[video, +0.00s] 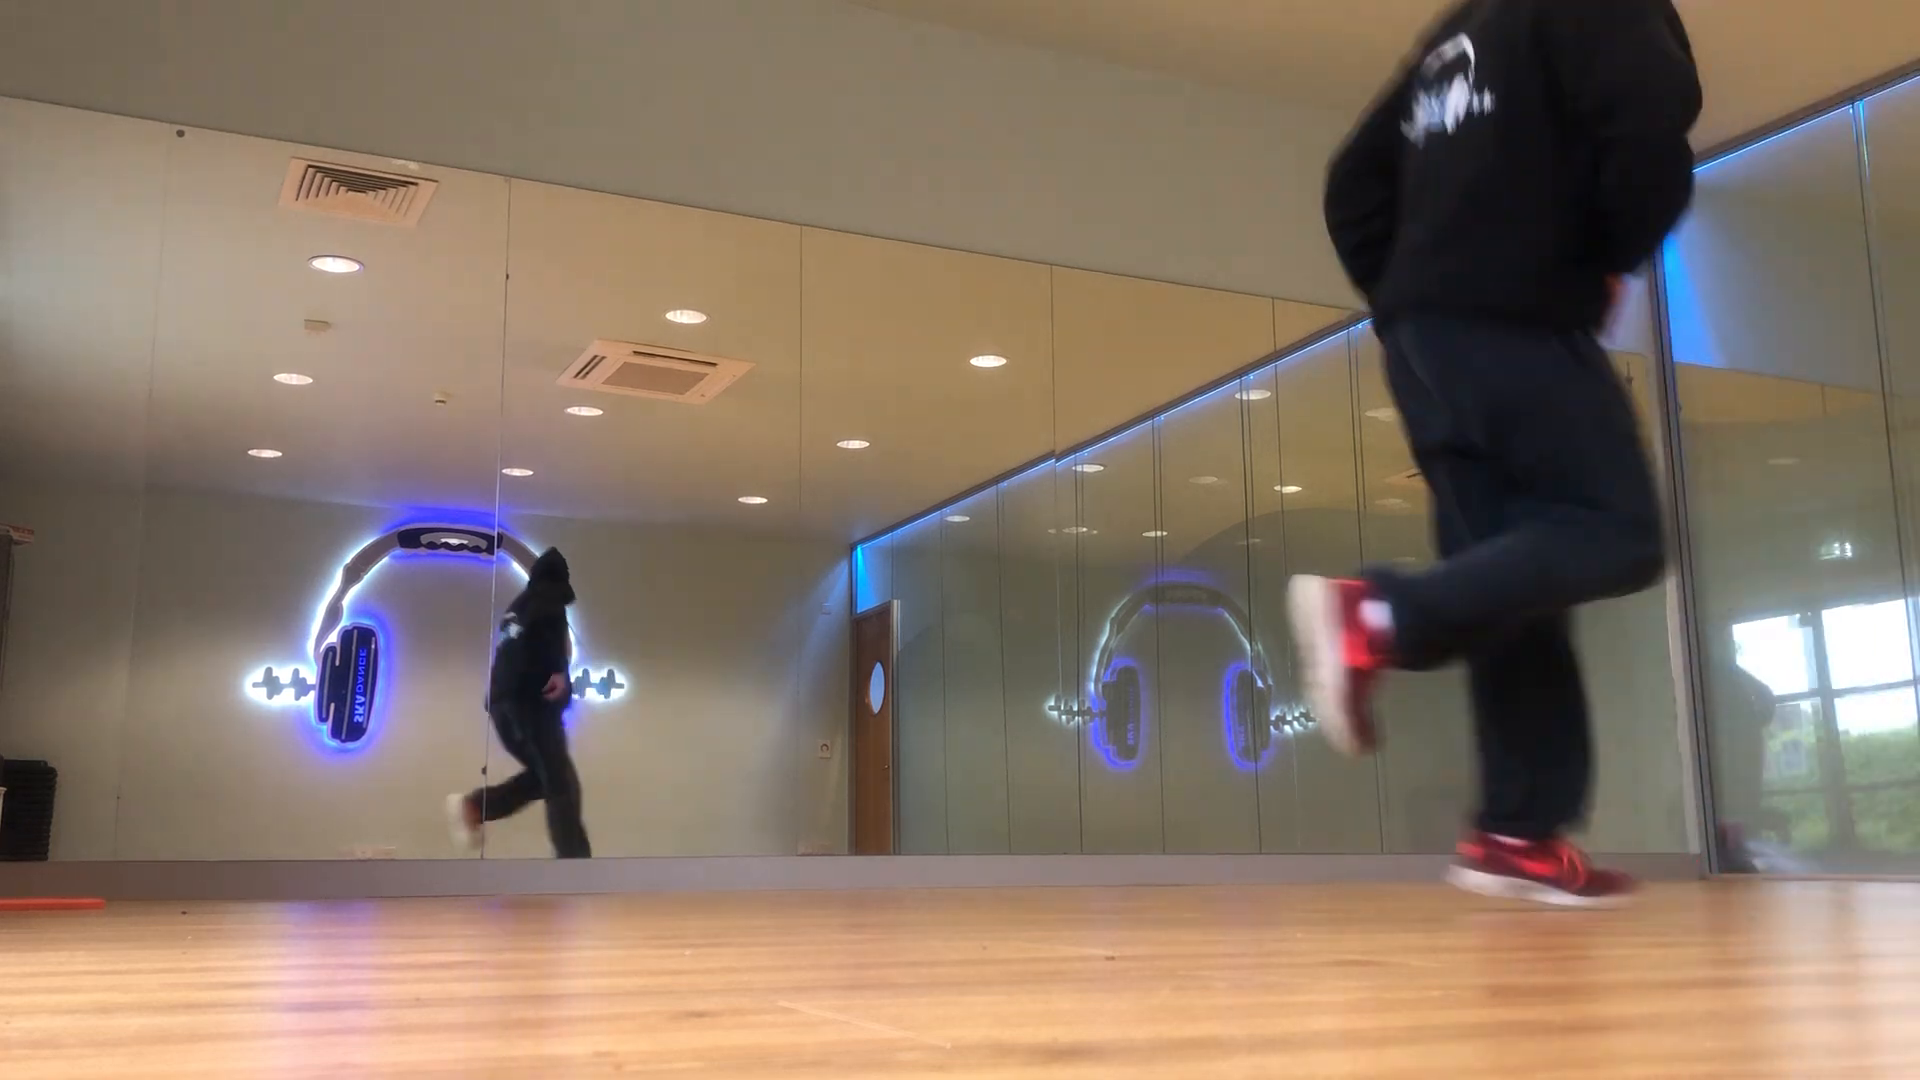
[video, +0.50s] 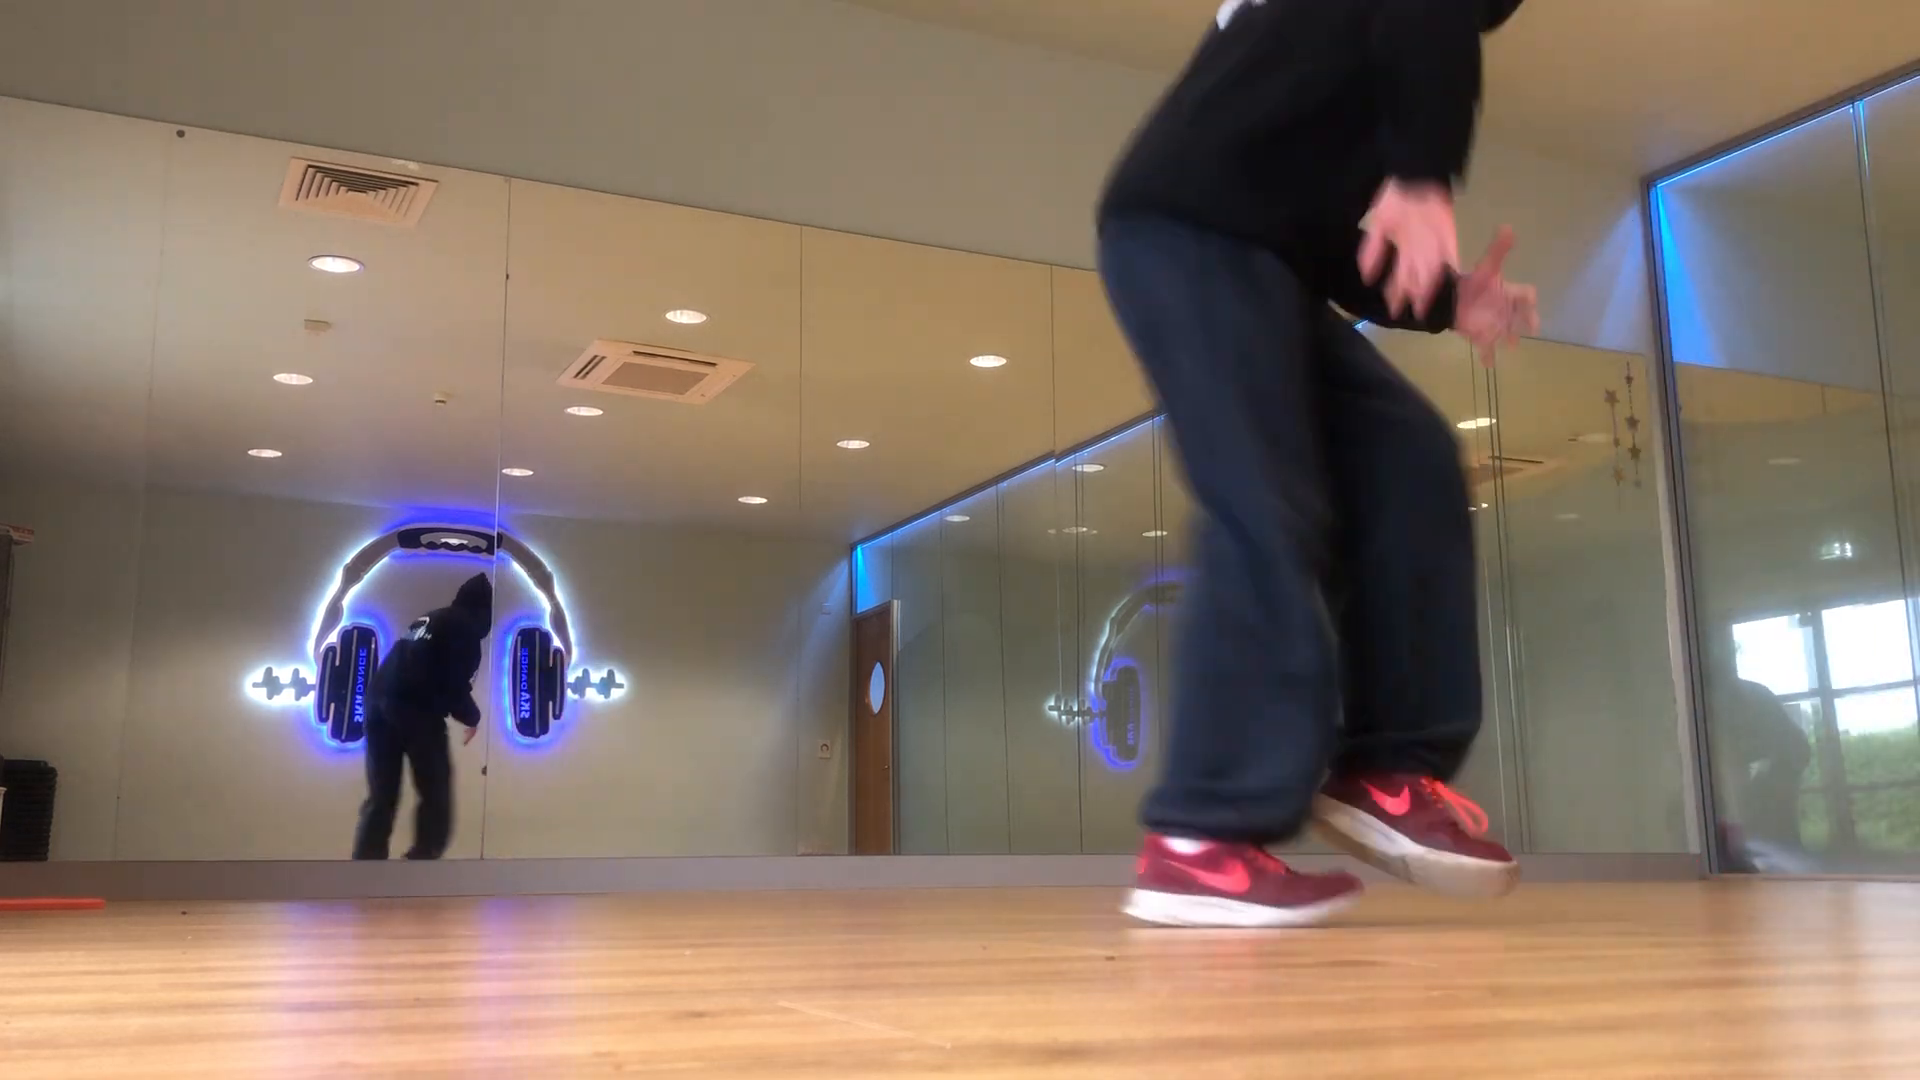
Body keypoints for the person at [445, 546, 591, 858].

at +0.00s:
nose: (567, 592)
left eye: (564, 587)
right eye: (565, 585)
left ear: (535, 577)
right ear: (561, 580)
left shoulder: (517, 608)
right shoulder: (549, 603)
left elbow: (507, 660)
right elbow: (552, 640)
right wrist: (560, 671)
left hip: (503, 706)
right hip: (531, 704)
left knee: (543, 775)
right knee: (562, 783)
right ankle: (577, 867)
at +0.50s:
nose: (489, 618)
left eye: (489, 611)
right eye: (488, 611)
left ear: (459, 599)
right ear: (483, 606)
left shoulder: (429, 618)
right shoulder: (465, 627)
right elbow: (452, 683)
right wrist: (472, 717)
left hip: (379, 709)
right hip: (420, 713)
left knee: (382, 794)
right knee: (436, 792)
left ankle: (365, 867)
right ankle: (422, 862)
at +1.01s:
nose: (387, 617)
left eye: (390, 613)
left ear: (396, 611)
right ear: (427, 614)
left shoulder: (386, 633)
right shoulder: (449, 648)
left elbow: (361, 680)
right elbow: (454, 705)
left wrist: (352, 729)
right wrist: (440, 755)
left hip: (384, 719)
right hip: (427, 727)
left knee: (353, 796)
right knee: (376, 791)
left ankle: (347, 869)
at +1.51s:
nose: (452, 645)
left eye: (451, 639)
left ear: (455, 629)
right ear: (481, 615)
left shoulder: (464, 650)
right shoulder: (520, 629)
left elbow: (470, 706)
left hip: (502, 717)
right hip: (545, 713)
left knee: (497, 782)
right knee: (532, 785)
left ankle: (498, 853)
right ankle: (532, 860)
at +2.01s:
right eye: (528, 615)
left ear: (497, 617)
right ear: (526, 615)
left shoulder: (480, 642)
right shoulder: (534, 637)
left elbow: (465, 694)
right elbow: (541, 689)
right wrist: (541, 739)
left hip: (463, 721)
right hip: (507, 722)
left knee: (498, 779)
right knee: (524, 794)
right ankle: (519, 866)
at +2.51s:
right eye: (477, 637)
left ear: (449, 629)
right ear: (475, 635)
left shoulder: (421, 643)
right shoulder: (472, 648)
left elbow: (394, 683)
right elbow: (464, 690)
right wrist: (441, 712)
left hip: (378, 711)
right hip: (418, 712)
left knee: (378, 791)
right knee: (433, 789)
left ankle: (367, 861)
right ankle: (408, 847)